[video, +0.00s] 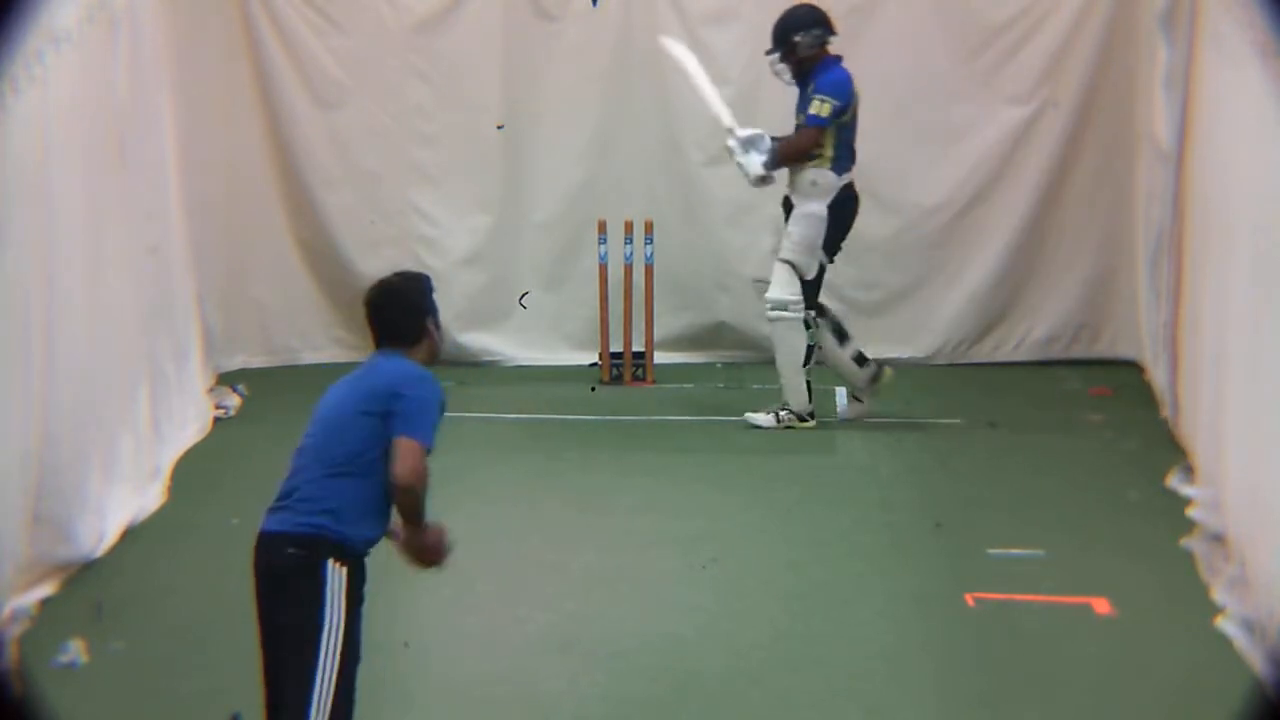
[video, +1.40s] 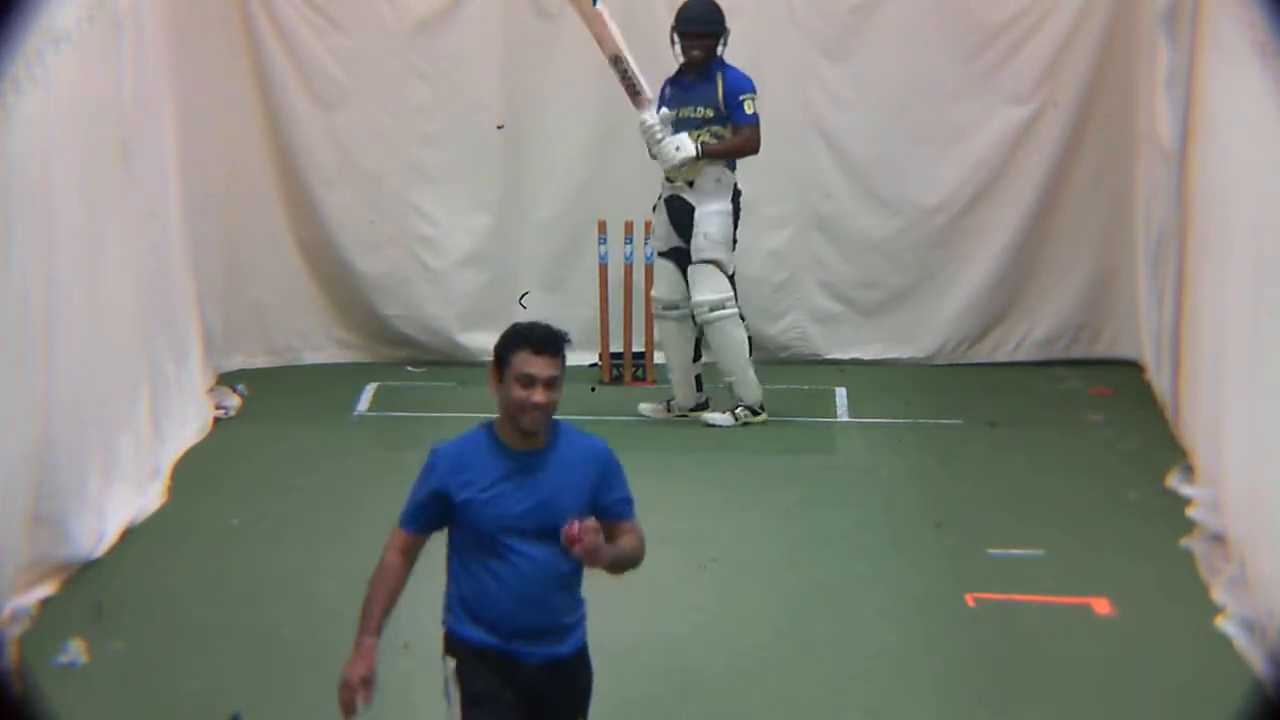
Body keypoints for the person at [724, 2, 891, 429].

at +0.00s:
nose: (782, 61)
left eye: (786, 52)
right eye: (781, 54)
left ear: (806, 45)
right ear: (811, 46)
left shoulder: (831, 82)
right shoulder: (815, 81)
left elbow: (809, 142)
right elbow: (807, 139)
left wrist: (767, 161)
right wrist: (767, 143)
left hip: (824, 200)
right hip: (807, 197)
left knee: (784, 300)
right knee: (796, 300)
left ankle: (797, 409)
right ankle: (863, 375)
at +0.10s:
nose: (763, 62)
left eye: (767, 53)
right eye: (761, 54)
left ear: (790, 46)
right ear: (796, 46)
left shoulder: (812, 81)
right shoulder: (800, 80)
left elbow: (776, 137)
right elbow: (781, 136)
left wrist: (738, 143)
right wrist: (743, 135)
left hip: (809, 202)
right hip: (793, 199)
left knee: (774, 303)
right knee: (761, 289)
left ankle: (797, 410)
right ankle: (823, 363)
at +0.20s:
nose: (743, 61)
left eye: (747, 52)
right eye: (741, 53)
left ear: (771, 45)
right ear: (775, 46)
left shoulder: (795, 77)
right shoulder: (781, 79)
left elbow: (757, 123)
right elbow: (765, 123)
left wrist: (714, 135)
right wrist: (727, 120)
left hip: (797, 200)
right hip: (775, 198)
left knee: (771, 294)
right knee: (741, 273)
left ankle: (796, 408)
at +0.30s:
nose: (728, 63)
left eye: (731, 53)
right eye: (726, 56)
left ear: (752, 45)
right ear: (755, 45)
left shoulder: (777, 74)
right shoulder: (760, 81)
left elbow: (716, 108)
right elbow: (747, 140)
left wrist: (681, 117)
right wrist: (700, 119)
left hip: (784, 204)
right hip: (757, 201)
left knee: (761, 300)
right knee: (726, 293)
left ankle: (797, 409)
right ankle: (705, 392)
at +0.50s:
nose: (696, 63)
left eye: (699, 55)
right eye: (693, 57)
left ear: (716, 48)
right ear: (710, 57)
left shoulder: (751, 75)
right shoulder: (714, 99)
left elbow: (696, 71)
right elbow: (704, 162)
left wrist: (650, 84)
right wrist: (664, 130)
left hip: (750, 204)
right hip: (719, 205)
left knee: (729, 300)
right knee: (682, 294)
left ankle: (792, 400)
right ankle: (688, 399)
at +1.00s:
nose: (660, 55)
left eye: (665, 46)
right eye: (656, 47)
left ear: (689, 39)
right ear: (659, 44)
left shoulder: (719, 70)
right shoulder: (664, 82)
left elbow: (747, 100)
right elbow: (641, 145)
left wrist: (692, 89)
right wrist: (641, 106)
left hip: (705, 194)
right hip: (669, 194)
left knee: (674, 289)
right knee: (654, 294)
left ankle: (729, 386)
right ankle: (686, 397)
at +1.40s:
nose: (692, 47)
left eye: (701, 39)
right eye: (685, 38)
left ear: (719, 39)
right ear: (676, 38)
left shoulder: (734, 83)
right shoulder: (670, 88)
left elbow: (751, 141)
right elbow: (663, 151)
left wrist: (696, 147)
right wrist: (653, 140)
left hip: (713, 199)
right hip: (673, 199)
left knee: (711, 297)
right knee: (670, 299)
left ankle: (749, 402)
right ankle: (686, 399)